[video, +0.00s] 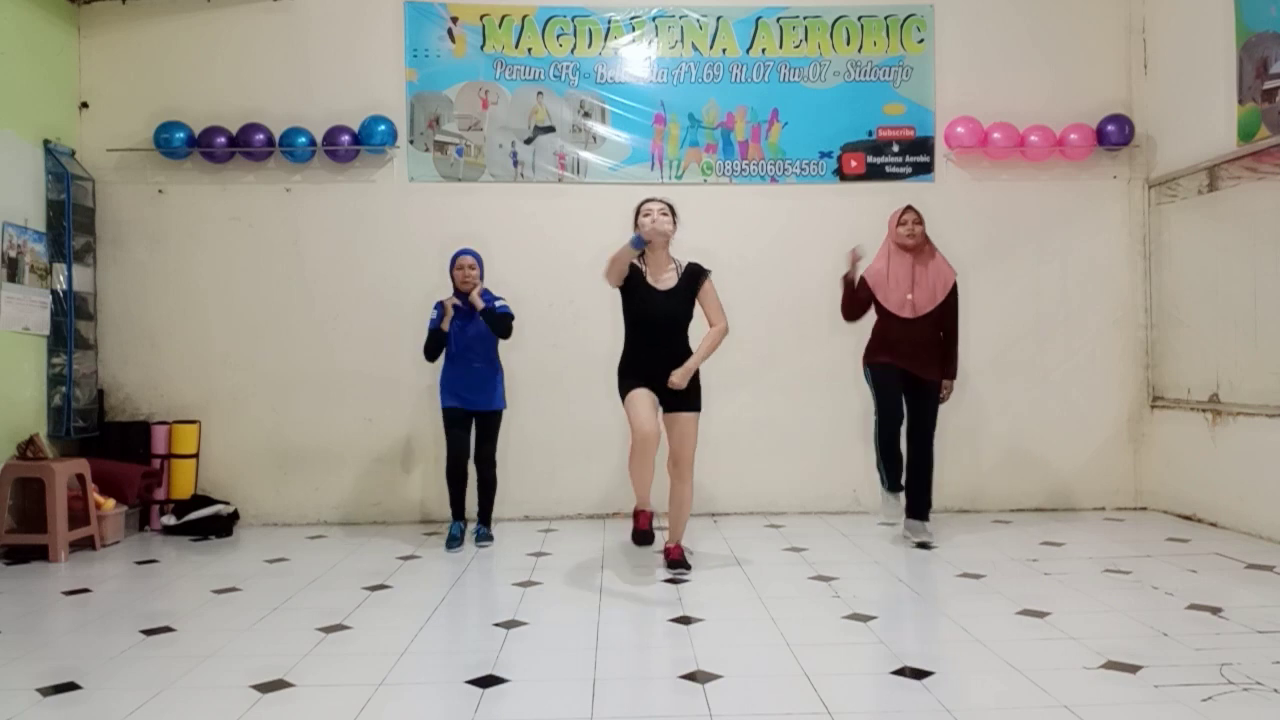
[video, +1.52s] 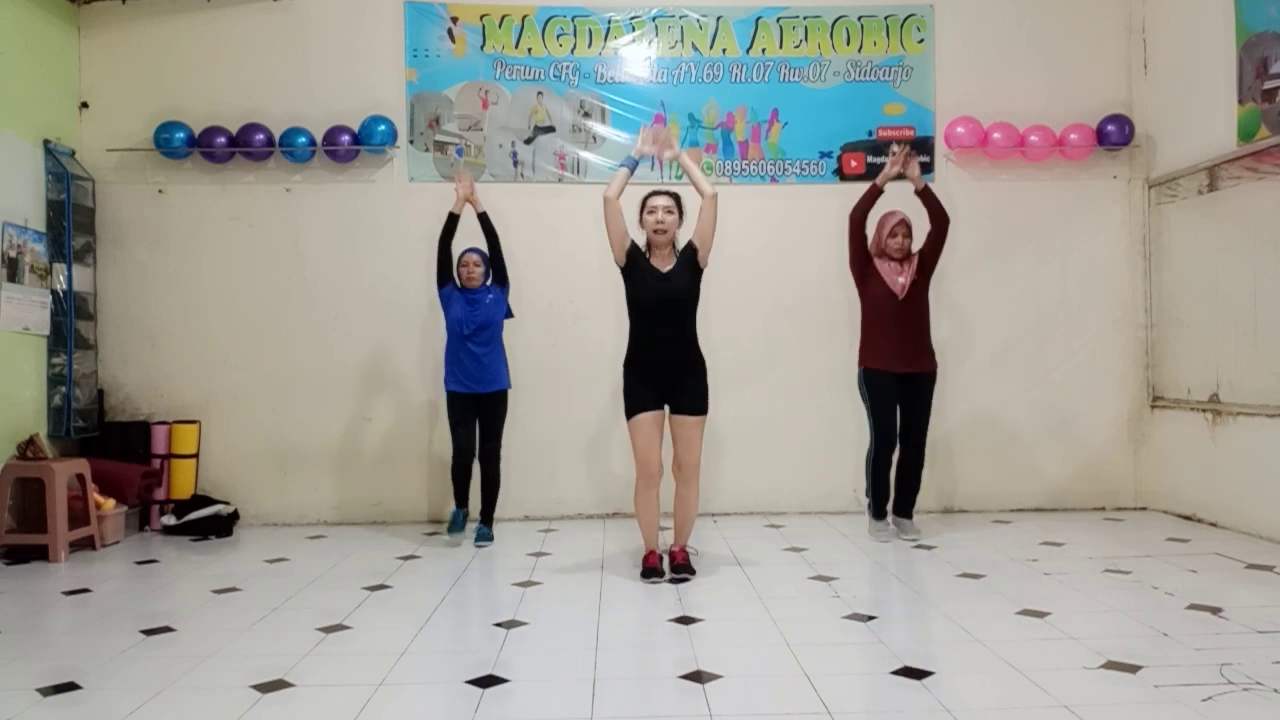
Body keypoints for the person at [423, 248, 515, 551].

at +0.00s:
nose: (466, 272)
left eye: (472, 267)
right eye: (460, 268)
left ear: (481, 273)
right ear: (452, 274)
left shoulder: (493, 302)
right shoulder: (443, 308)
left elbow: (505, 331)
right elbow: (431, 354)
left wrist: (478, 303)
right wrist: (445, 318)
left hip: (489, 394)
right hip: (455, 394)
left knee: (484, 459)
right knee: (457, 458)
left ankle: (484, 524)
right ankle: (457, 522)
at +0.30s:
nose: (467, 269)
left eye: (472, 265)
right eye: (461, 266)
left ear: (481, 272)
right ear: (452, 274)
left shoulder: (494, 306)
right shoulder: (445, 302)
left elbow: (518, 353)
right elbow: (432, 304)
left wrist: (493, 357)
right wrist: (444, 284)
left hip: (485, 393)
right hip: (451, 392)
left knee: (484, 457)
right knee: (458, 459)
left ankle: (484, 522)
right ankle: (462, 526)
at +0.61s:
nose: (469, 270)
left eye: (475, 266)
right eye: (463, 266)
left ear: (484, 274)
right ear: (454, 274)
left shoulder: (496, 305)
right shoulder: (449, 304)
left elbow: (533, 338)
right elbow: (435, 309)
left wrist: (506, 330)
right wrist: (440, 297)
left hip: (488, 394)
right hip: (454, 392)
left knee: (486, 461)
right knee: (458, 460)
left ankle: (486, 525)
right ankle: (460, 524)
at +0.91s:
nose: (472, 273)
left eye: (479, 269)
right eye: (467, 269)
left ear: (487, 276)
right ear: (459, 275)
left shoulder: (498, 301)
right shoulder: (451, 305)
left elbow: (496, 304)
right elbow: (439, 317)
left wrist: (470, 292)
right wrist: (448, 301)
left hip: (489, 392)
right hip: (455, 393)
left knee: (487, 460)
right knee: (460, 461)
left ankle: (486, 525)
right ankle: (460, 526)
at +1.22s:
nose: (472, 274)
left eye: (478, 270)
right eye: (466, 269)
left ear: (488, 276)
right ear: (459, 275)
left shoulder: (498, 302)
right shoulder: (452, 302)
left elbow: (498, 300)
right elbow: (438, 298)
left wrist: (472, 282)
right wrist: (447, 287)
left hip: (488, 392)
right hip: (455, 391)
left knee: (482, 458)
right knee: (457, 461)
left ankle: (485, 525)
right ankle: (460, 526)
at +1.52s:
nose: (469, 269)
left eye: (476, 265)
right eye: (465, 264)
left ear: (486, 270)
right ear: (457, 271)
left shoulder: (496, 293)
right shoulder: (450, 295)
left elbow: (497, 249)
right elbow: (443, 249)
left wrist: (476, 204)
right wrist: (458, 206)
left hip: (493, 386)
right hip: (459, 386)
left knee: (489, 456)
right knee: (462, 453)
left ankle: (486, 522)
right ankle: (460, 510)